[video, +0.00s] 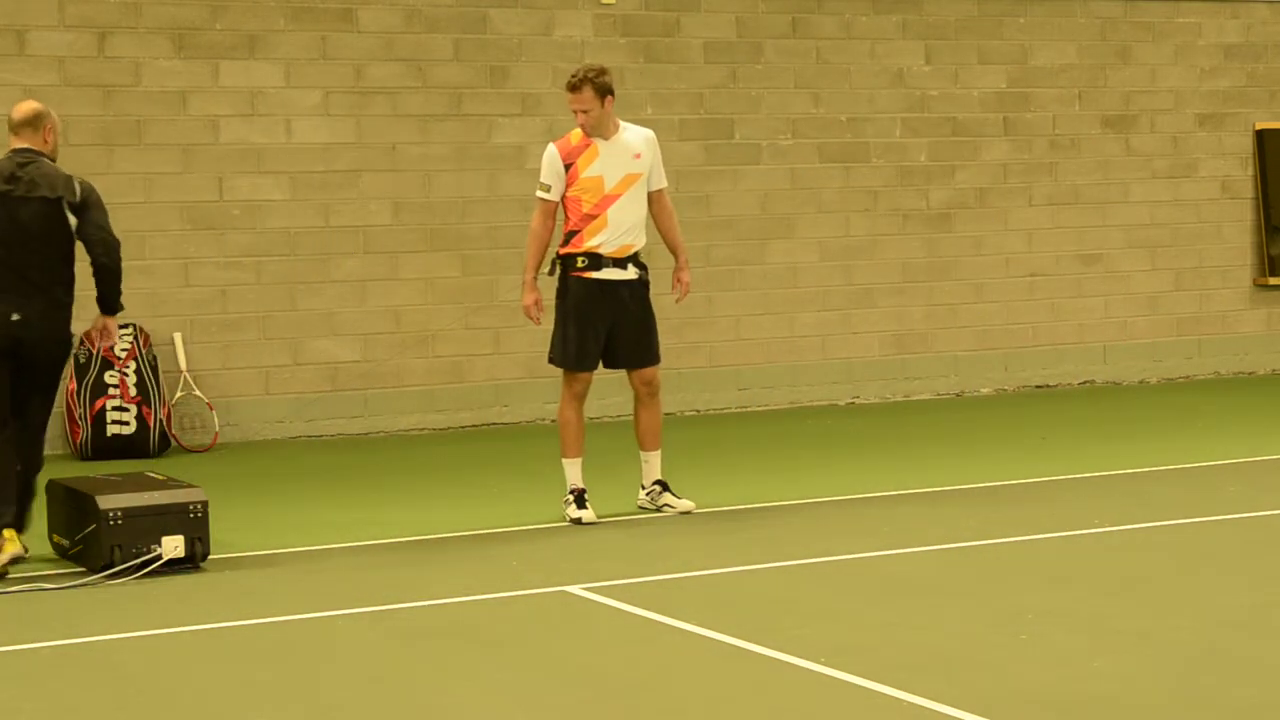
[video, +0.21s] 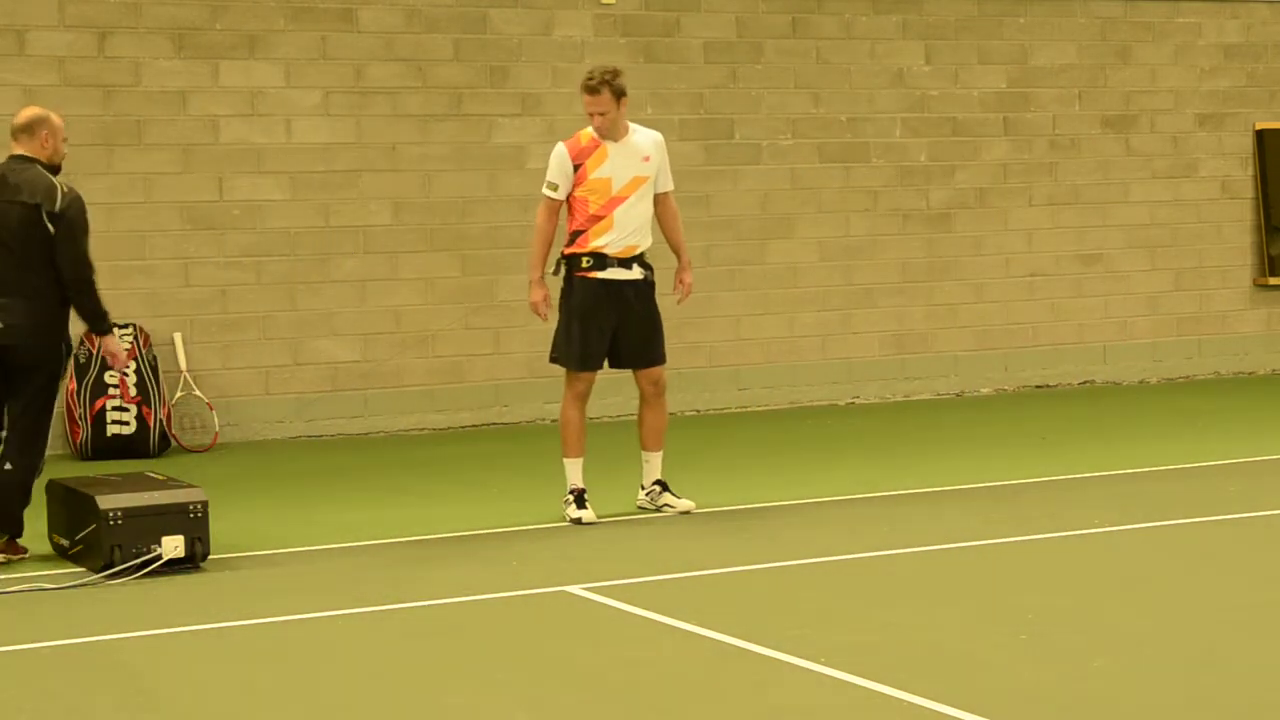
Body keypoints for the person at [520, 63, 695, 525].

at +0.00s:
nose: (577, 118)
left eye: (584, 110)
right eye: (573, 110)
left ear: (609, 103)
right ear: (572, 107)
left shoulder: (643, 142)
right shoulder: (561, 153)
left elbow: (660, 204)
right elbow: (543, 219)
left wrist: (681, 260)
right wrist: (529, 281)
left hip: (630, 282)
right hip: (580, 283)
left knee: (648, 382)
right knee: (576, 386)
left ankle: (653, 486)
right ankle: (576, 493)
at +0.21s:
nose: (594, 121)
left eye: (601, 113)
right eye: (589, 113)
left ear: (623, 105)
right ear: (584, 108)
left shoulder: (651, 144)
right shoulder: (570, 152)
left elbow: (665, 204)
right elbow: (548, 213)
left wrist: (683, 261)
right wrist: (537, 278)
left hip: (635, 283)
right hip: (585, 284)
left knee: (654, 381)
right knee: (578, 387)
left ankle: (653, 486)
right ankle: (575, 493)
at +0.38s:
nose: (613, 123)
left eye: (620, 115)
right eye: (607, 115)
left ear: (639, 106)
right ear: (600, 110)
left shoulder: (664, 146)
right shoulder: (582, 150)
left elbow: (674, 206)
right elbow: (553, 203)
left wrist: (690, 263)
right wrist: (551, 269)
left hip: (643, 282)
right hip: (592, 282)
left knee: (657, 381)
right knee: (586, 385)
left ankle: (653, 486)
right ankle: (576, 491)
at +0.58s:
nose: (622, 127)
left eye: (630, 119)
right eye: (616, 119)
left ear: (649, 111)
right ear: (609, 112)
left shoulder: (670, 149)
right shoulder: (587, 151)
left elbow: (680, 207)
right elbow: (554, 199)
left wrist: (693, 267)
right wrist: (555, 266)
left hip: (644, 283)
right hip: (593, 282)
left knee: (656, 381)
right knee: (582, 380)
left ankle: (652, 487)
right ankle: (558, 489)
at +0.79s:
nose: (608, 133)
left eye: (616, 125)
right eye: (602, 124)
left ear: (634, 117)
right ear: (595, 117)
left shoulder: (654, 152)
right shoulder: (575, 156)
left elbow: (663, 208)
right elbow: (535, 204)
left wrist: (677, 266)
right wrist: (543, 273)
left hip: (635, 288)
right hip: (583, 289)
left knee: (662, 382)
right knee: (570, 390)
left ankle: (654, 486)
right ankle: (550, 493)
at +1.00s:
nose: (595, 139)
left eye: (603, 132)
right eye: (590, 131)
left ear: (625, 125)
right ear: (586, 123)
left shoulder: (650, 155)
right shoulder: (568, 161)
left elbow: (656, 210)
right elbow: (530, 208)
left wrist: (662, 270)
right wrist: (514, 274)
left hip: (632, 289)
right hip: (579, 291)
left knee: (666, 379)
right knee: (567, 389)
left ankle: (665, 480)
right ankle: (549, 494)